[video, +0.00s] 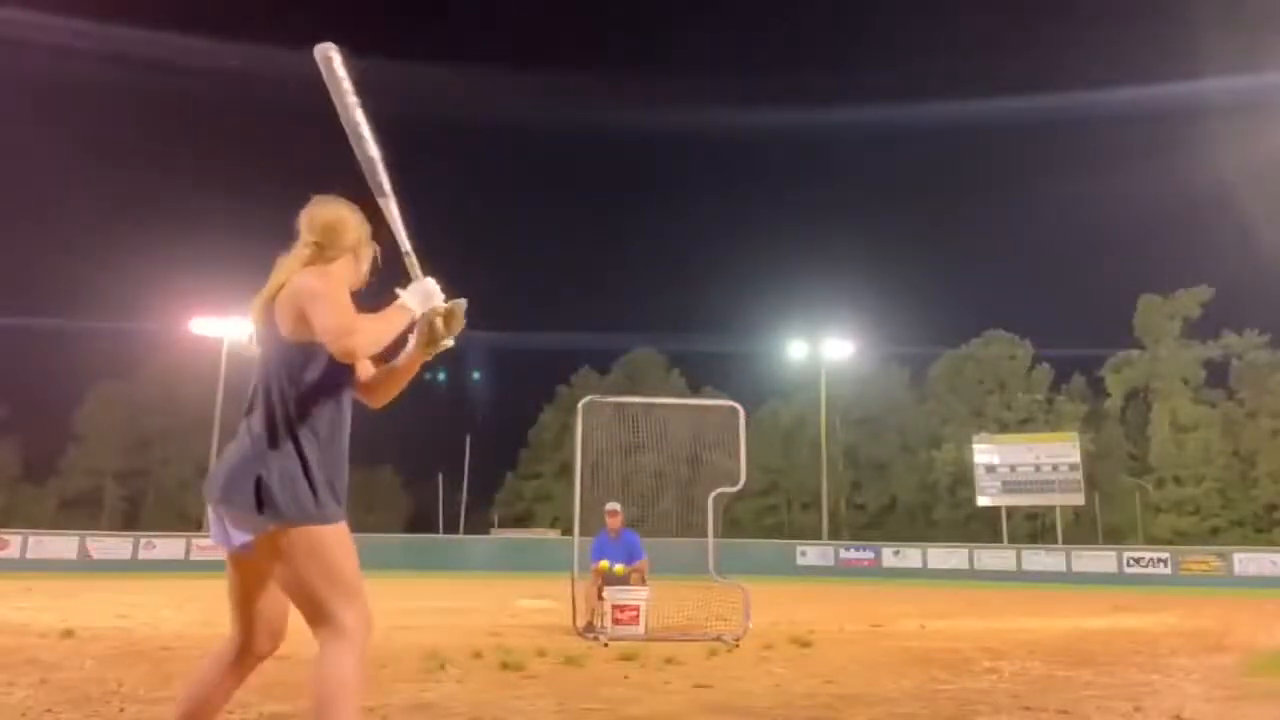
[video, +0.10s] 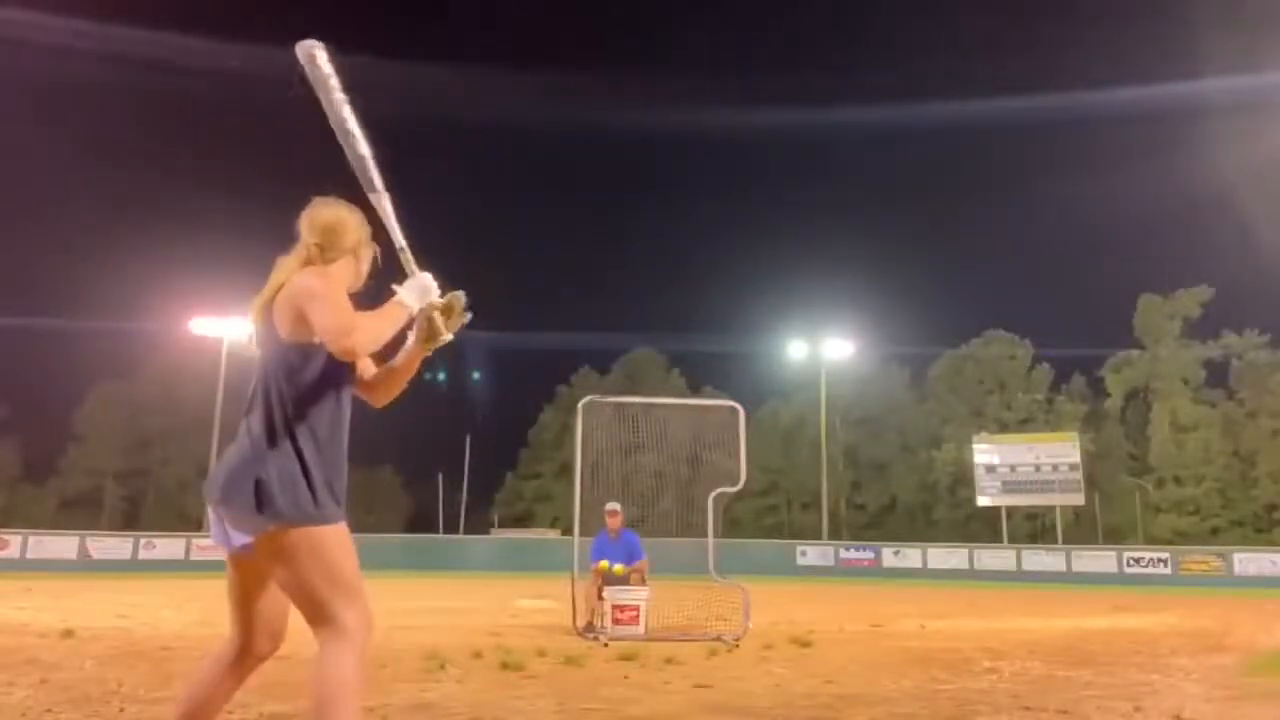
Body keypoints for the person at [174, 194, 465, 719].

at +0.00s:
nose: (369, 264)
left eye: (369, 254)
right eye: (368, 252)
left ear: (311, 242)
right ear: (355, 246)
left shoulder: (296, 297)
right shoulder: (319, 280)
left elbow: (373, 392)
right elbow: (347, 340)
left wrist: (420, 349)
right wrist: (409, 304)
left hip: (246, 481)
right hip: (288, 485)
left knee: (255, 638)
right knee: (346, 626)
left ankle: (184, 714)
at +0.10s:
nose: (369, 266)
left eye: (369, 257)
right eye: (367, 255)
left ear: (312, 245)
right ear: (354, 248)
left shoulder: (298, 301)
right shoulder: (314, 283)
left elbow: (376, 391)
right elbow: (348, 339)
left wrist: (420, 345)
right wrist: (406, 299)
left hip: (246, 483)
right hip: (285, 485)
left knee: (255, 639)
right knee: (347, 626)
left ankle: (183, 714)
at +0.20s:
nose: (371, 266)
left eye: (371, 256)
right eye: (368, 254)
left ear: (314, 246)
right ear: (353, 249)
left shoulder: (302, 298)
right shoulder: (313, 284)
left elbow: (380, 389)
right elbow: (348, 338)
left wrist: (422, 338)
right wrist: (402, 298)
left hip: (249, 484)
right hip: (286, 487)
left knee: (255, 640)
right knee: (347, 626)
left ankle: (183, 714)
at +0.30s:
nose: (372, 269)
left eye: (373, 261)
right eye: (371, 258)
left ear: (317, 246)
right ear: (357, 249)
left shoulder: (301, 297)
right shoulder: (316, 284)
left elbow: (388, 386)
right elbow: (353, 339)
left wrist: (424, 331)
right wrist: (398, 293)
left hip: (250, 484)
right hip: (286, 486)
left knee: (256, 641)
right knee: (348, 627)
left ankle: (185, 713)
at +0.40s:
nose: (371, 272)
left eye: (372, 265)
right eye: (371, 263)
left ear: (320, 246)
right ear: (360, 252)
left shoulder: (301, 296)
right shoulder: (316, 285)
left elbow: (393, 383)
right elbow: (358, 339)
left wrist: (426, 325)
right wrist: (397, 294)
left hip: (249, 484)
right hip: (286, 487)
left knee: (256, 641)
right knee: (349, 628)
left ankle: (185, 714)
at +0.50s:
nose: (379, 269)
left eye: (380, 260)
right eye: (377, 258)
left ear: (321, 246)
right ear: (358, 250)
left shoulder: (303, 295)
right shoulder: (327, 279)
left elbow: (400, 381)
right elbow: (356, 339)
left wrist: (430, 320)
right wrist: (398, 296)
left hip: (250, 485)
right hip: (287, 488)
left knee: (258, 640)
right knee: (352, 627)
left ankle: (185, 713)